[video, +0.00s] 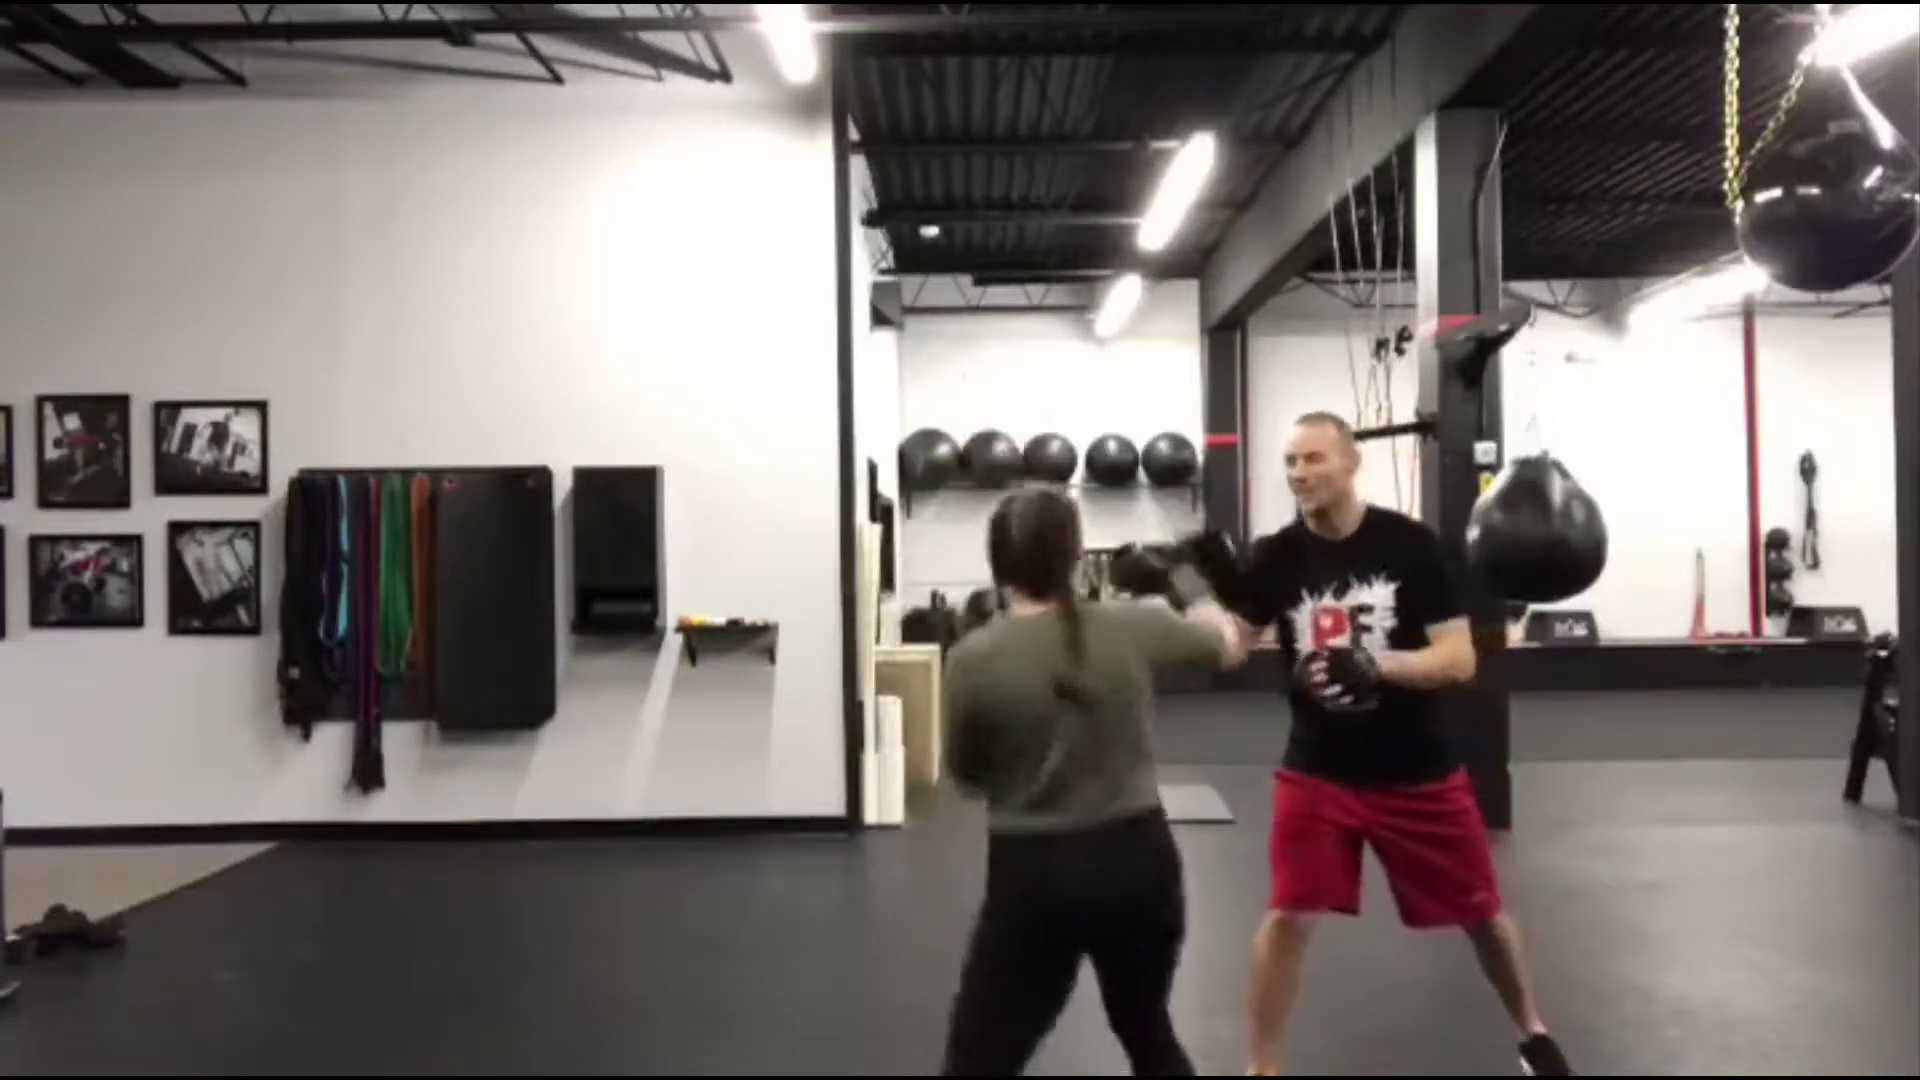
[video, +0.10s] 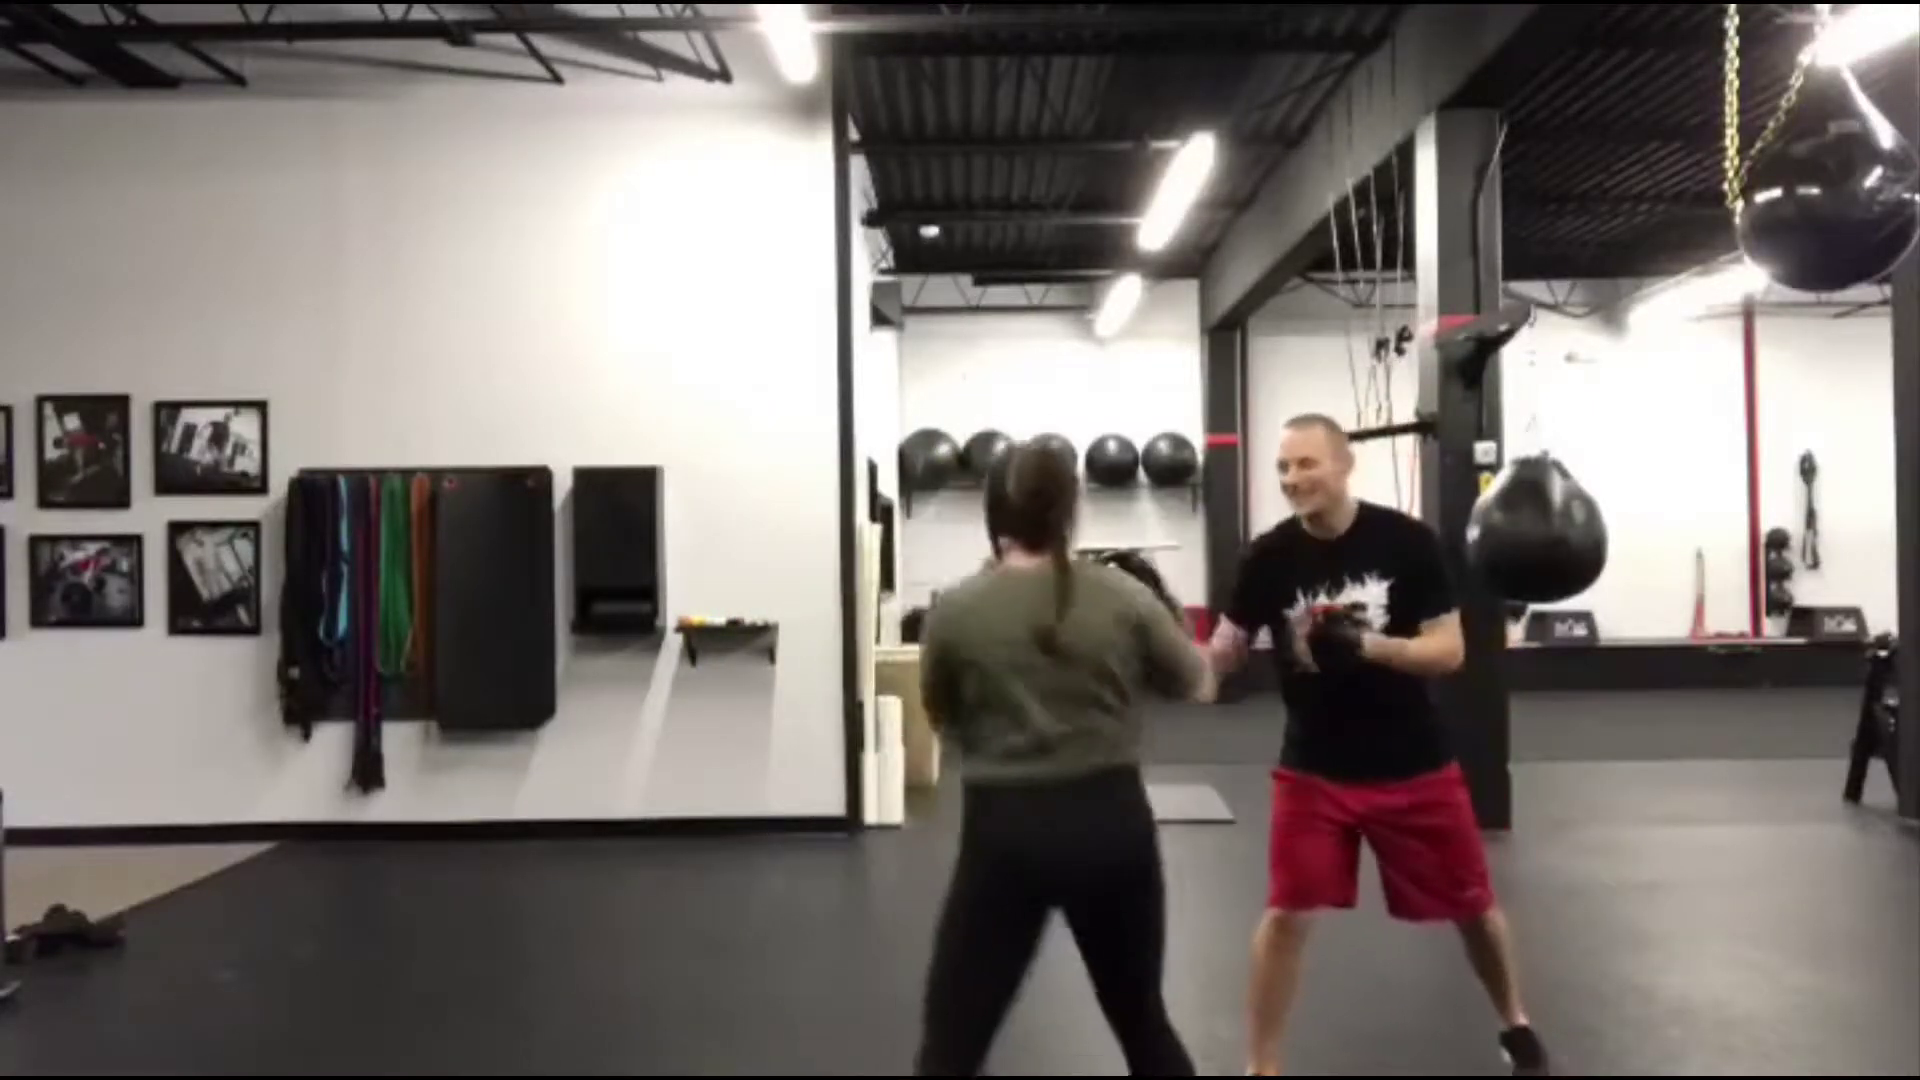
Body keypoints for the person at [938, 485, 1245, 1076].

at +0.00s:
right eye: (1072, 541)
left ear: (998, 559)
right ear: (1075, 553)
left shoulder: (974, 659)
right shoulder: (1130, 627)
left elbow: (966, 771)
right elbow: (1219, 643)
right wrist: (1196, 605)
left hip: (1032, 878)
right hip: (1137, 862)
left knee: (980, 1059)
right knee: (1147, 1027)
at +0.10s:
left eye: (994, 502)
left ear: (993, 513)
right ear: (1071, 512)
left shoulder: (957, 611)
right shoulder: (1121, 596)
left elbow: (941, 713)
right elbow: (1195, 680)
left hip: (1004, 833)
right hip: (1109, 824)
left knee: (953, 1039)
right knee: (1141, 1019)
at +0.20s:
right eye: (1068, 494)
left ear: (989, 503)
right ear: (1067, 504)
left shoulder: (937, 595)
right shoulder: (1112, 601)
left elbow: (926, 699)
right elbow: (1156, 720)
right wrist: (1085, 676)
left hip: (967, 820)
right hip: (1074, 820)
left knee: (928, 1035)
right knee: (1114, 1012)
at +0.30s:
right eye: (1060, 538)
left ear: (979, 543)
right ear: (1058, 550)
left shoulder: (924, 635)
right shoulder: (1096, 652)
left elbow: (910, 728)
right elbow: (1123, 771)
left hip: (932, 872)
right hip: (1041, 877)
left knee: (916, 1060)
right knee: (1087, 1045)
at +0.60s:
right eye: (1079, 494)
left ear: (999, 499)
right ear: (1079, 504)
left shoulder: (947, 596)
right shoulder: (1123, 604)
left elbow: (932, 694)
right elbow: (1158, 721)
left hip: (975, 833)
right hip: (1084, 835)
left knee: (943, 1035)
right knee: (1131, 1009)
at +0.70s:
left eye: (1024, 501)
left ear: (1023, 509)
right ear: (1102, 507)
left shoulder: (981, 609)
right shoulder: (1152, 603)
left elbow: (966, 710)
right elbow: (1194, 717)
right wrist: (1120, 683)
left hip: (1023, 836)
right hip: (1133, 831)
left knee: (973, 1035)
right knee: (1156, 1011)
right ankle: (1201, 1072)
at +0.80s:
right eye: (1127, 546)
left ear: (1046, 564)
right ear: (1126, 558)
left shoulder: (1016, 661)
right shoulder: (1181, 649)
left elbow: (1000, 761)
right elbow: (1219, 749)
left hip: (1067, 889)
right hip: (1176, 878)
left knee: (1006, 1058)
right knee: (1183, 1038)